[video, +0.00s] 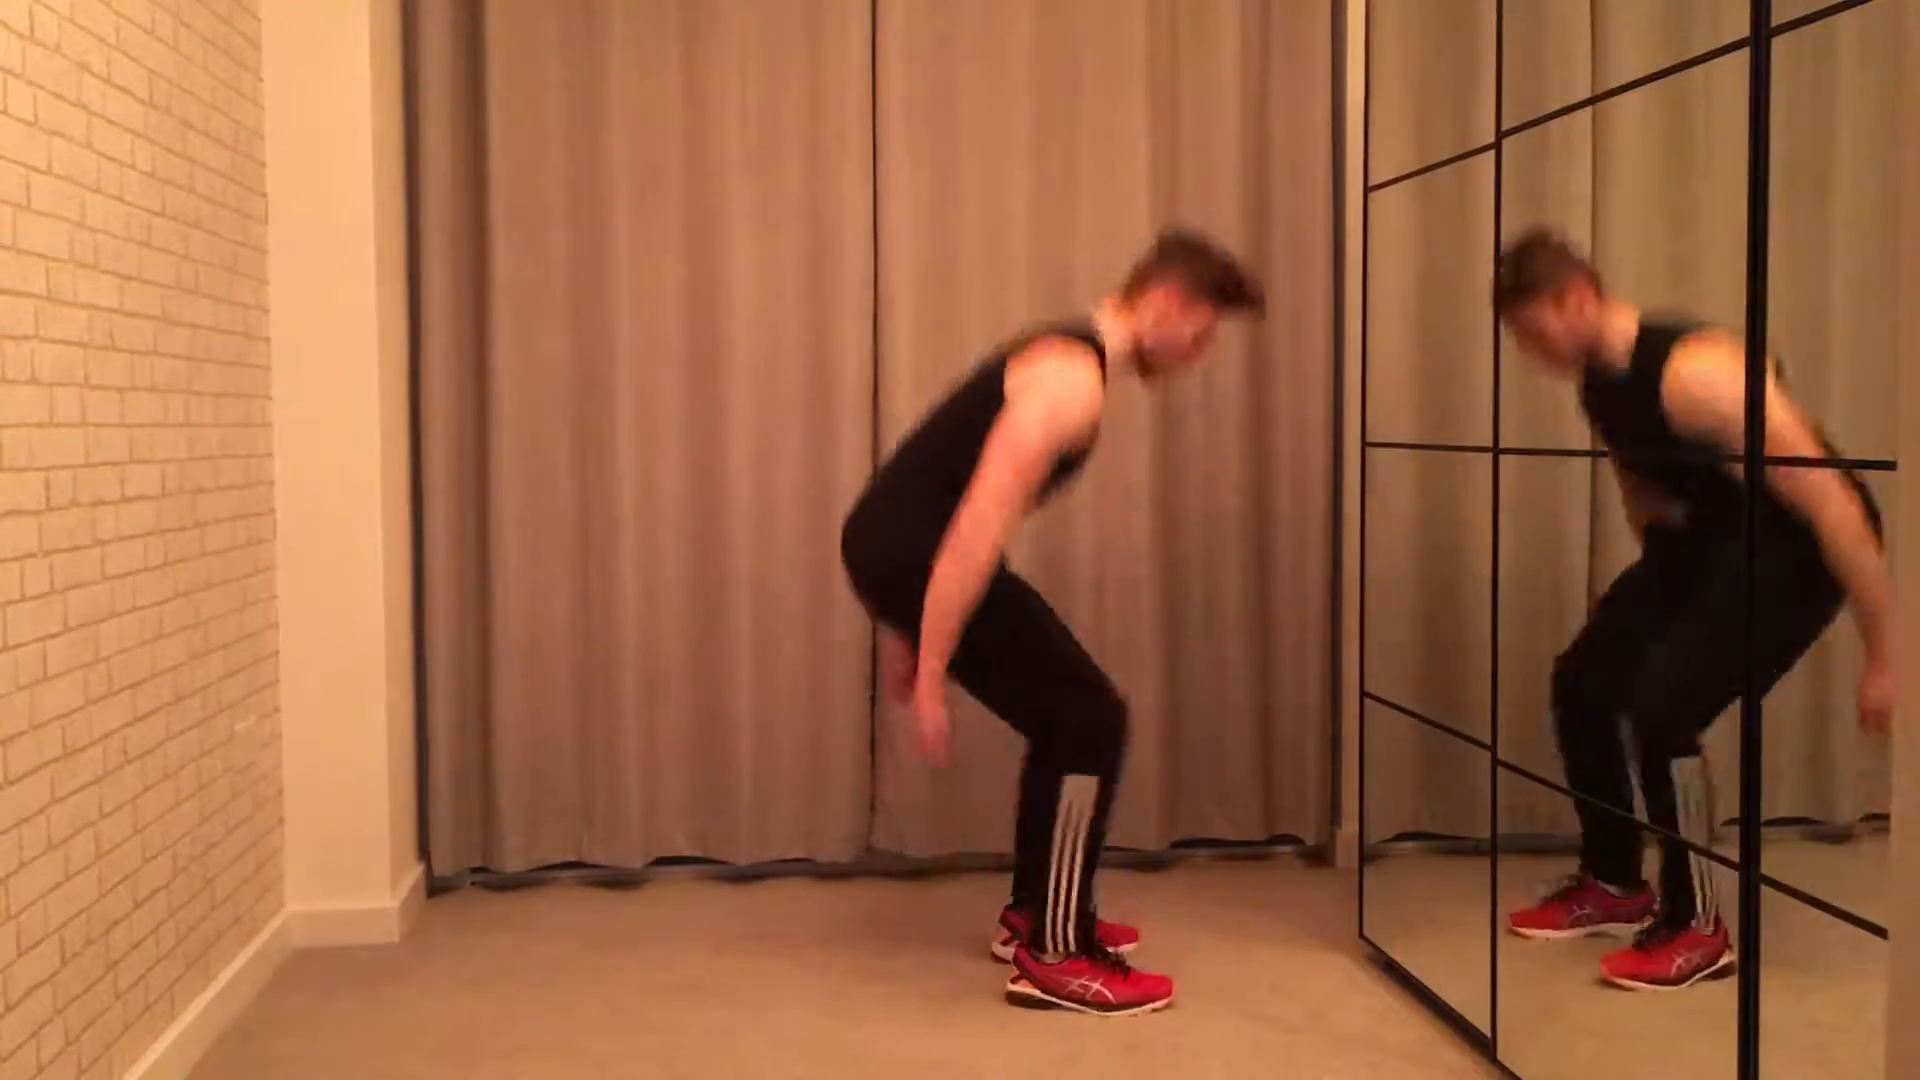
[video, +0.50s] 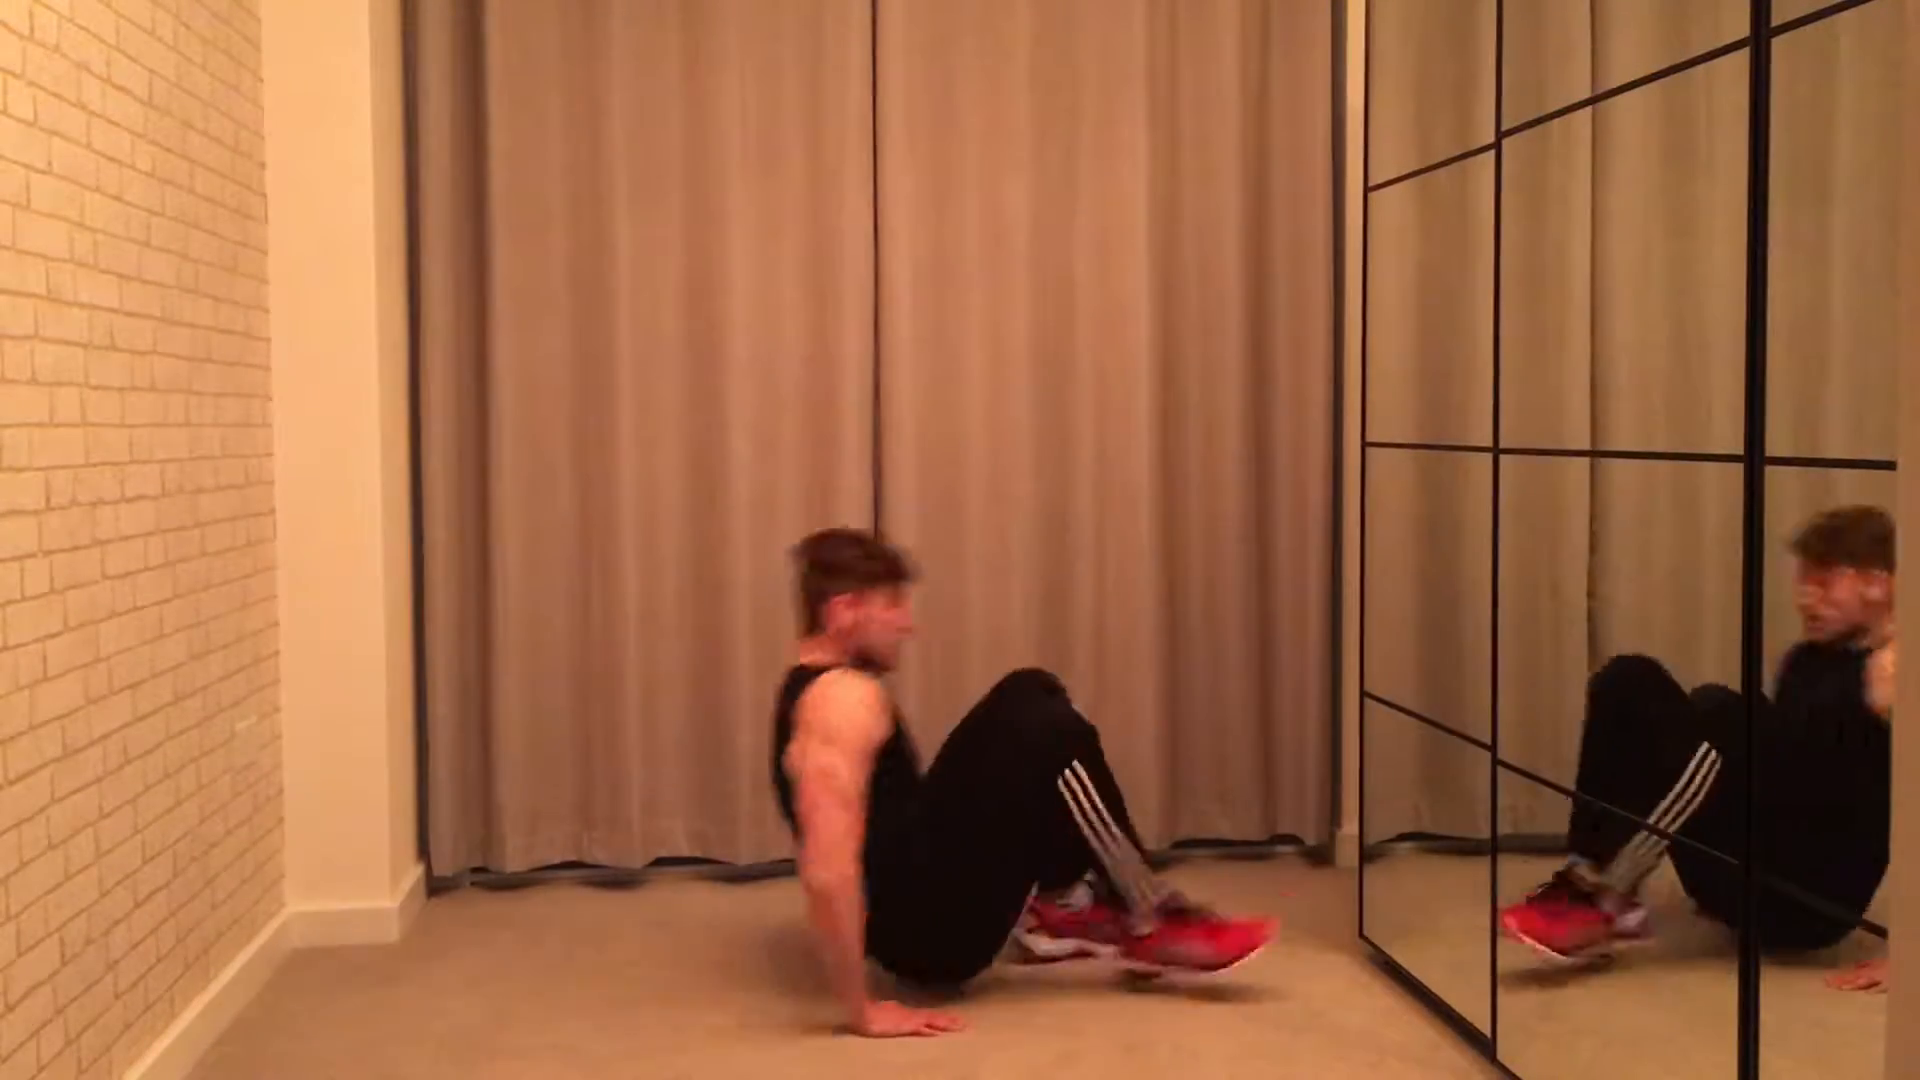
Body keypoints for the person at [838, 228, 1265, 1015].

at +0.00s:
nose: (1200, 351)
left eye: (1210, 335)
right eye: (1201, 329)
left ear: (1151, 301)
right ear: (1159, 300)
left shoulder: (1067, 357)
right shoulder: (1070, 379)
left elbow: (953, 494)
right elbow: (980, 523)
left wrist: (906, 626)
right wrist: (933, 673)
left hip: (905, 547)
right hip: (916, 560)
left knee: (1067, 716)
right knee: (1092, 718)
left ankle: (1039, 916)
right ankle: (1054, 951)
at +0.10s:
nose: (1200, 476)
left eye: (1207, 458)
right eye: (1202, 454)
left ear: (1157, 427)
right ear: (1162, 429)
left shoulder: (1060, 479)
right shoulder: (1068, 514)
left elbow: (934, 596)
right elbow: (983, 674)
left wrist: (899, 751)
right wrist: (931, 817)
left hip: (889, 646)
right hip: (905, 661)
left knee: (1108, 722)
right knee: (1127, 738)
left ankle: (1039, 911)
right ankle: (1054, 954)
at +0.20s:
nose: (1175, 555)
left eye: (1184, 536)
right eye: (1177, 532)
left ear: (1130, 512)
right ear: (1135, 513)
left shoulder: (1040, 559)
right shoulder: (1053, 603)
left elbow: (936, 677)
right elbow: (977, 778)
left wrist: (890, 834)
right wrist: (929, 929)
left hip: (879, 737)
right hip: (895, 758)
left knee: (1108, 705)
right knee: (1126, 736)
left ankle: (1037, 916)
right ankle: (1058, 952)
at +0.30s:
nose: (1129, 585)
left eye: (1134, 570)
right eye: (1125, 566)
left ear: (1073, 555)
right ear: (1078, 553)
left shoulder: (996, 609)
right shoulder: (1020, 653)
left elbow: (919, 743)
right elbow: (943, 823)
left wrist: (873, 870)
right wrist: (893, 976)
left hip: (888, 824)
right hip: (907, 848)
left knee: (1096, 703)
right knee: (1112, 733)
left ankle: (1035, 920)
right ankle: (1053, 956)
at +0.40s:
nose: (1030, 605)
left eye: (1030, 586)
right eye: (1020, 584)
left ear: (968, 578)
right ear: (971, 577)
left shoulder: (901, 644)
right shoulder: (942, 674)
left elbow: (869, 789)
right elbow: (900, 847)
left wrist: (842, 919)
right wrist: (870, 1004)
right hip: (932, 913)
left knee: (1074, 698)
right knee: (1080, 718)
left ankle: (1040, 914)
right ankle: (1073, 937)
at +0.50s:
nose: (906, 622)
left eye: (904, 604)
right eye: (892, 605)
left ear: (840, 614)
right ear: (842, 612)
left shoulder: (826, 682)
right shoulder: (842, 696)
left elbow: (845, 852)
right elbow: (828, 871)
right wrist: (861, 1008)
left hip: (914, 920)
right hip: (929, 943)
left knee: (1028, 694)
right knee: (1045, 729)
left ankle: (1063, 904)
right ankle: (1155, 917)